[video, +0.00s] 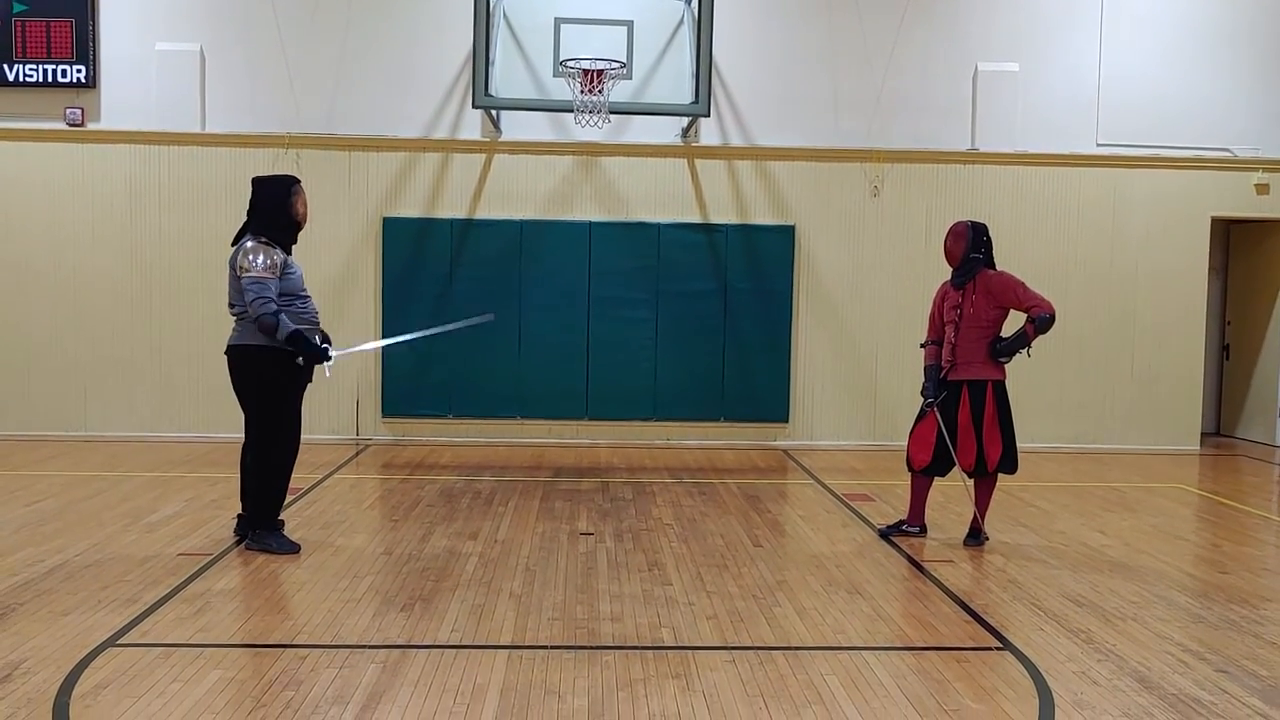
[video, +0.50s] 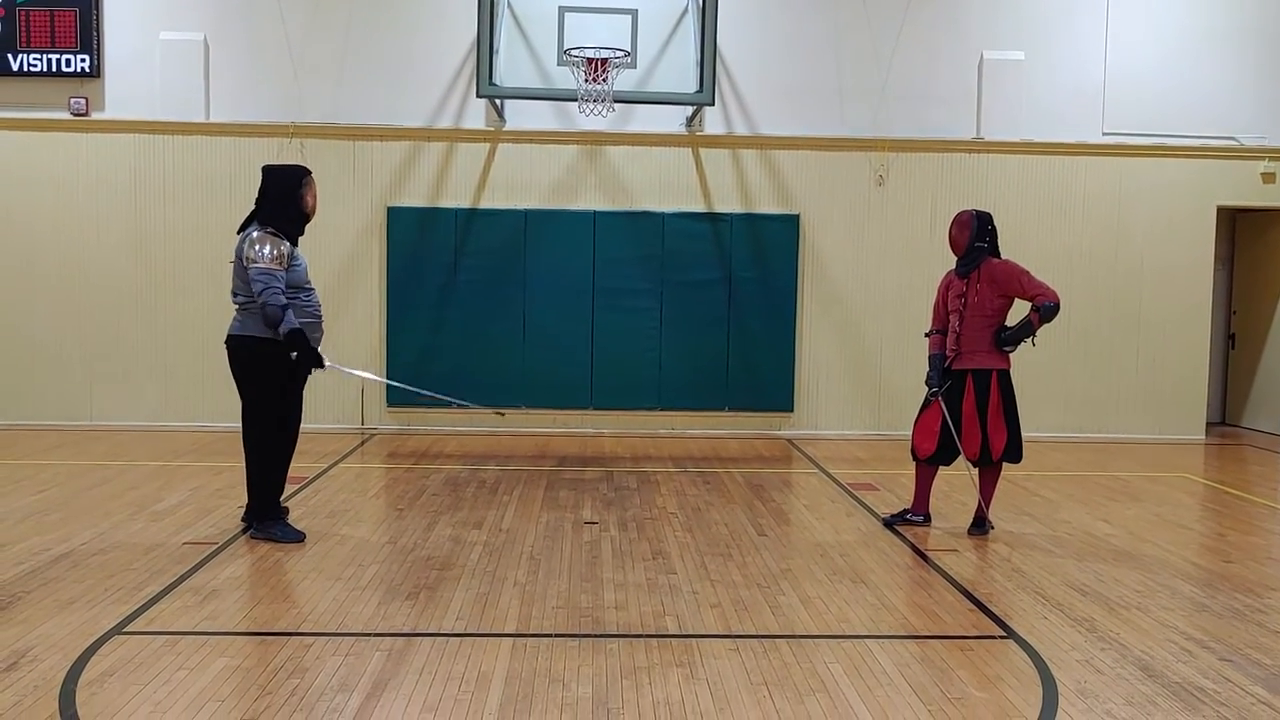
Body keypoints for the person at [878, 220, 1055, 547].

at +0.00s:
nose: (946, 248)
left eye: (953, 241)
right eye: (947, 241)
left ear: (972, 245)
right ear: (961, 246)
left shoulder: (995, 281)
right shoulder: (946, 291)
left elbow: (1044, 312)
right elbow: (934, 338)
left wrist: (1013, 343)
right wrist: (931, 377)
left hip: (984, 383)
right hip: (947, 383)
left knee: (986, 453)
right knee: (924, 445)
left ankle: (977, 525)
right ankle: (914, 520)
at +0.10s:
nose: (948, 248)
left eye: (953, 240)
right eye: (948, 241)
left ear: (971, 243)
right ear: (965, 244)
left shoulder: (996, 279)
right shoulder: (946, 289)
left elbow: (1045, 310)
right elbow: (934, 337)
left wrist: (1013, 342)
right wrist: (931, 376)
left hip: (985, 381)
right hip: (948, 381)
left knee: (986, 451)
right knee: (924, 444)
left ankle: (978, 524)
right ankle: (915, 518)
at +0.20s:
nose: (948, 245)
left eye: (954, 238)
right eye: (949, 238)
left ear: (972, 241)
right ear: (965, 242)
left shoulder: (997, 277)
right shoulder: (947, 286)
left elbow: (1045, 308)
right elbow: (935, 334)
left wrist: (1014, 339)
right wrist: (932, 374)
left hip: (985, 379)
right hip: (948, 379)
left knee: (987, 449)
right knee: (925, 442)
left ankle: (978, 522)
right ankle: (916, 516)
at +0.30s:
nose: (948, 243)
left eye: (954, 236)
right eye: (949, 236)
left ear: (972, 239)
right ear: (966, 240)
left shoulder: (998, 275)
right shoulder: (948, 284)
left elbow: (1046, 306)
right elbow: (936, 332)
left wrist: (1015, 337)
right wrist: (933, 372)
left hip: (986, 377)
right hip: (949, 377)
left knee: (988, 447)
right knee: (926, 440)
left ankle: (979, 519)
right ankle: (916, 514)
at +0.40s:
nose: (949, 241)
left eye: (954, 234)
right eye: (950, 234)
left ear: (971, 237)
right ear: (971, 237)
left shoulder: (999, 272)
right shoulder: (949, 282)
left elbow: (1047, 303)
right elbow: (937, 330)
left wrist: (1017, 335)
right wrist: (934, 369)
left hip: (987, 374)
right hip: (950, 375)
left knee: (989, 444)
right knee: (927, 437)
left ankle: (980, 516)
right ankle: (918, 511)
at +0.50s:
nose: (951, 238)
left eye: (957, 231)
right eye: (952, 231)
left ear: (974, 234)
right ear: (972, 235)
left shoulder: (1000, 270)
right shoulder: (950, 279)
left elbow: (1049, 301)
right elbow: (938, 328)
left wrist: (1018, 333)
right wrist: (935, 367)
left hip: (989, 372)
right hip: (951, 372)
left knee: (990, 442)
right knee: (928, 435)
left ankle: (981, 514)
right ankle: (919, 509)